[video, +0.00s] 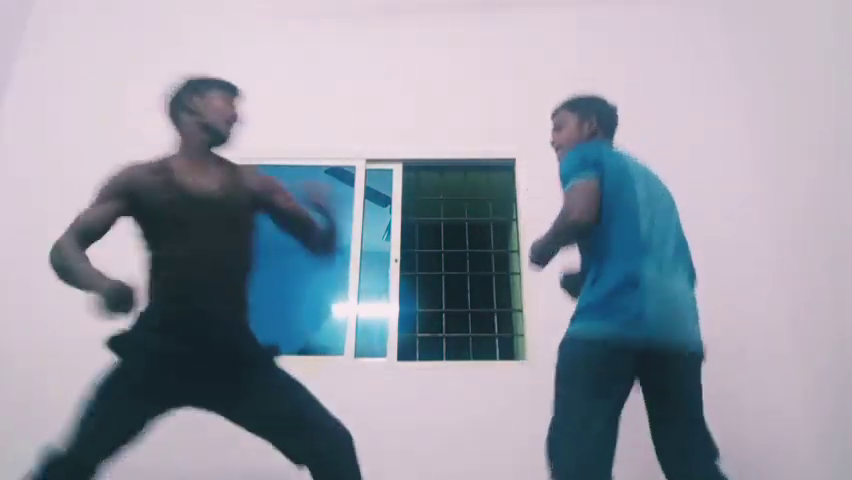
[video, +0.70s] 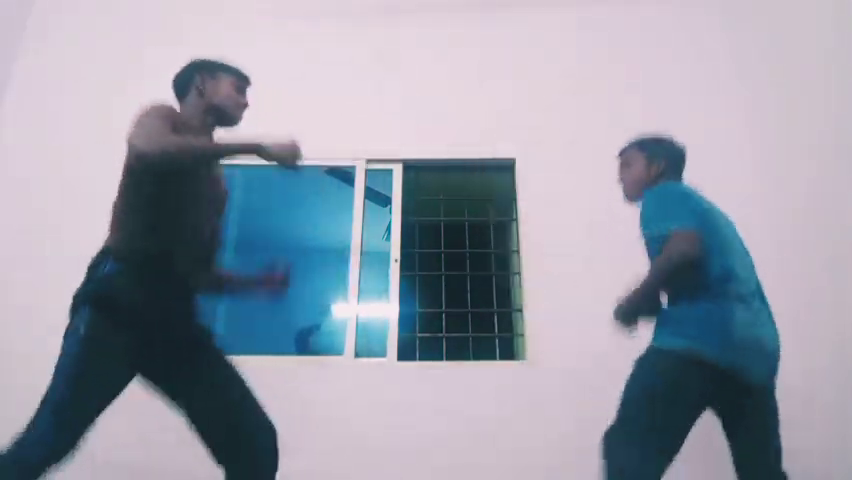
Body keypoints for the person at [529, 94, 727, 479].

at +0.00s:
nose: (552, 139)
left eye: (559, 127)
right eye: (553, 129)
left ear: (589, 126)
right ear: (604, 131)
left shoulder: (584, 155)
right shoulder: (648, 178)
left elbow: (580, 214)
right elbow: (669, 265)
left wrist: (545, 246)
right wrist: (591, 277)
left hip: (608, 327)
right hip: (676, 330)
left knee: (577, 449)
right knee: (688, 451)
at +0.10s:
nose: (548, 144)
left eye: (555, 131)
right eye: (548, 133)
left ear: (584, 130)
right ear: (594, 134)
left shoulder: (579, 159)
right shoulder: (654, 183)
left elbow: (575, 215)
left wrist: (542, 246)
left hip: (605, 323)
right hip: (675, 327)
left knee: (580, 447)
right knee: (693, 445)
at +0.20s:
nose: (548, 142)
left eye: (553, 134)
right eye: (548, 136)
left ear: (579, 126)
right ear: (602, 129)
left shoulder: (577, 148)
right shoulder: (661, 166)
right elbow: (711, 239)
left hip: (618, 302)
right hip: (692, 303)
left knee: (578, 434)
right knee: (722, 432)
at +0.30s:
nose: (562, 165)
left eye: (565, 158)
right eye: (562, 158)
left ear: (574, 153)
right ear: (609, 149)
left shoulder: (578, 162)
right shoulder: (669, 186)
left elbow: (492, 146)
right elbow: (729, 248)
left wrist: (489, 139)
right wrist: (671, 263)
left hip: (626, 317)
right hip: (704, 317)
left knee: (582, 435)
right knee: (743, 430)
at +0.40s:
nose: (586, 204)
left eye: (588, 196)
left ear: (599, 192)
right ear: (634, 189)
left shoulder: (603, 201)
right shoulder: (695, 230)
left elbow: (534, 180)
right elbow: (743, 303)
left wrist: (514, 171)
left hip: (641, 367)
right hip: (721, 372)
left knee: (568, 472)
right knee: (752, 467)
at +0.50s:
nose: (603, 213)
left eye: (607, 206)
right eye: (603, 207)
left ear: (630, 198)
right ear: (658, 201)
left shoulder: (628, 218)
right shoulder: (716, 246)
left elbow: (578, 230)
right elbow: (752, 335)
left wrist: (554, 232)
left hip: (655, 380)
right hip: (732, 390)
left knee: (574, 474)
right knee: (745, 476)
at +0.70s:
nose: (620, 175)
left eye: (627, 165)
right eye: (620, 167)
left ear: (655, 167)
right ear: (659, 170)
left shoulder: (664, 195)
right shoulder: (709, 213)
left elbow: (684, 245)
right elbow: (715, 295)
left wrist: (639, 297)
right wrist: (658, 306)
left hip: (694, 344)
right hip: (751, 355)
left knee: (630, 453)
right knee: (763, 470)